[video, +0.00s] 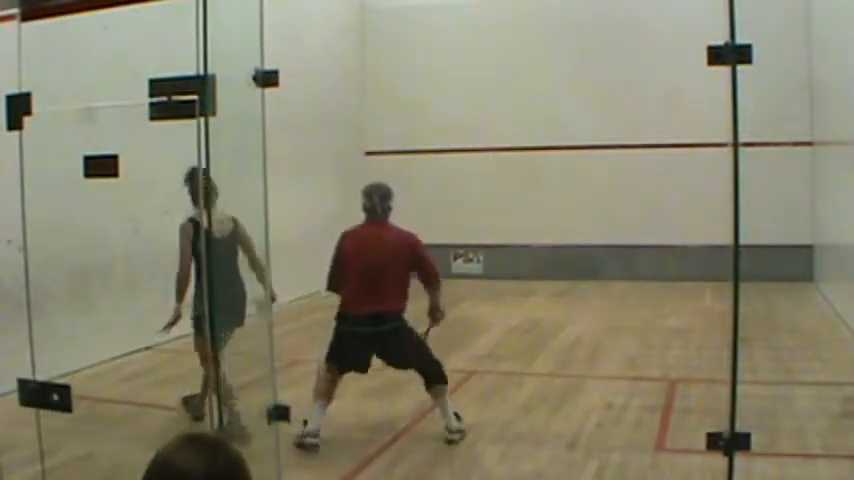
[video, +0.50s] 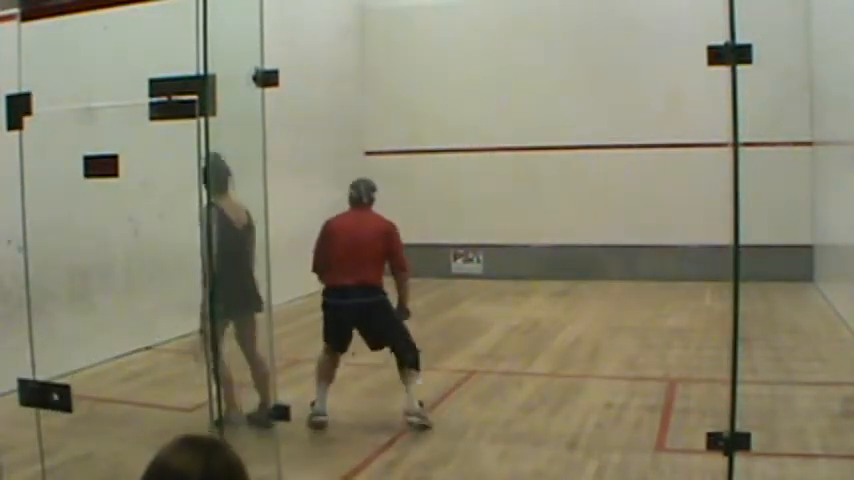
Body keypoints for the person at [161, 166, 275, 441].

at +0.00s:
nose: (197, 196)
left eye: (195, 192)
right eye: (200, 190)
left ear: (191, 194)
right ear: (215, 192)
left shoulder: (190, 227)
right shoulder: (232, 223)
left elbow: (185, 271)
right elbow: (254, 260)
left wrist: (178, 307)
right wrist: (268, 288)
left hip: (207, 305)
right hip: (235, 301)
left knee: (210, 359)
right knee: (212, 354)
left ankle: (232, 416)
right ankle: (200, 401)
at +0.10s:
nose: (197, 191)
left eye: (196, 186)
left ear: (198, 188)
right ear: (222, 185)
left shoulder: (195, 221)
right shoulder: (238, 219)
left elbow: (189, 265)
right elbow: (253, 260)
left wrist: (184, 299)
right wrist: (261, 292)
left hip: (213, 297)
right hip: (240, 294)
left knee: (219, 355)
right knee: (221, 352)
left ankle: (234, 417)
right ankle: (222, 402)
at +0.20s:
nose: (209, 187)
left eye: (205, 182)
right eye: (216, 181)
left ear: (202, 184)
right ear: (225, 182)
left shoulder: (199, 217)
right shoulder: (242, 216)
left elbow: (195, 260)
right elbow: (254, 259)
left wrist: (192, 294)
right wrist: (258, 291)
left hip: (220, 297)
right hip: (246, 294)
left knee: (225, 355)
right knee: (234, 350)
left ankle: (238, 417)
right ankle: (248, 408)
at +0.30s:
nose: (215, 185)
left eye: (208, 181)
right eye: (221, 179)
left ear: (206, 183)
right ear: (230, 180)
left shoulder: (205, 218)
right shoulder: (248, 216)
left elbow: (201, 259)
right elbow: (254, 257)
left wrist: (197, 291)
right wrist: (258, 290)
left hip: (220, 298)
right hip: (248, 295)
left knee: (225, 359)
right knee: (249, 352)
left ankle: (237, 417)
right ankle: (265, 405)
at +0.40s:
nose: (208, 186)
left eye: (207, 181)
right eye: (214, 179)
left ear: (208, 183)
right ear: (232, 179)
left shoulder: (210, 215)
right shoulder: (248, 215)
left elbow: (206, 260)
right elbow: (254, 257)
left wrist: (201, 298)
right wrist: (255, 290)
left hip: (221, 298)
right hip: (249, 294)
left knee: (220, 356)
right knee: (251, 354)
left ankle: (236, 413)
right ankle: (265, 405)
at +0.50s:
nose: (205, 185)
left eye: (205, 180)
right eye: (208, 179)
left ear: (206, 182)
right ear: (228, 178)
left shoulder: (212, 215)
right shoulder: (244, 213)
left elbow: (210, 262)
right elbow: (249, 258)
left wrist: (205, 301)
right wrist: (246, 284)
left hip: (221, 294)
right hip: (246, 290)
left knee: (213, 352)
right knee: (251, 349)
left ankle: (232, 407)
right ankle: (266, 404)